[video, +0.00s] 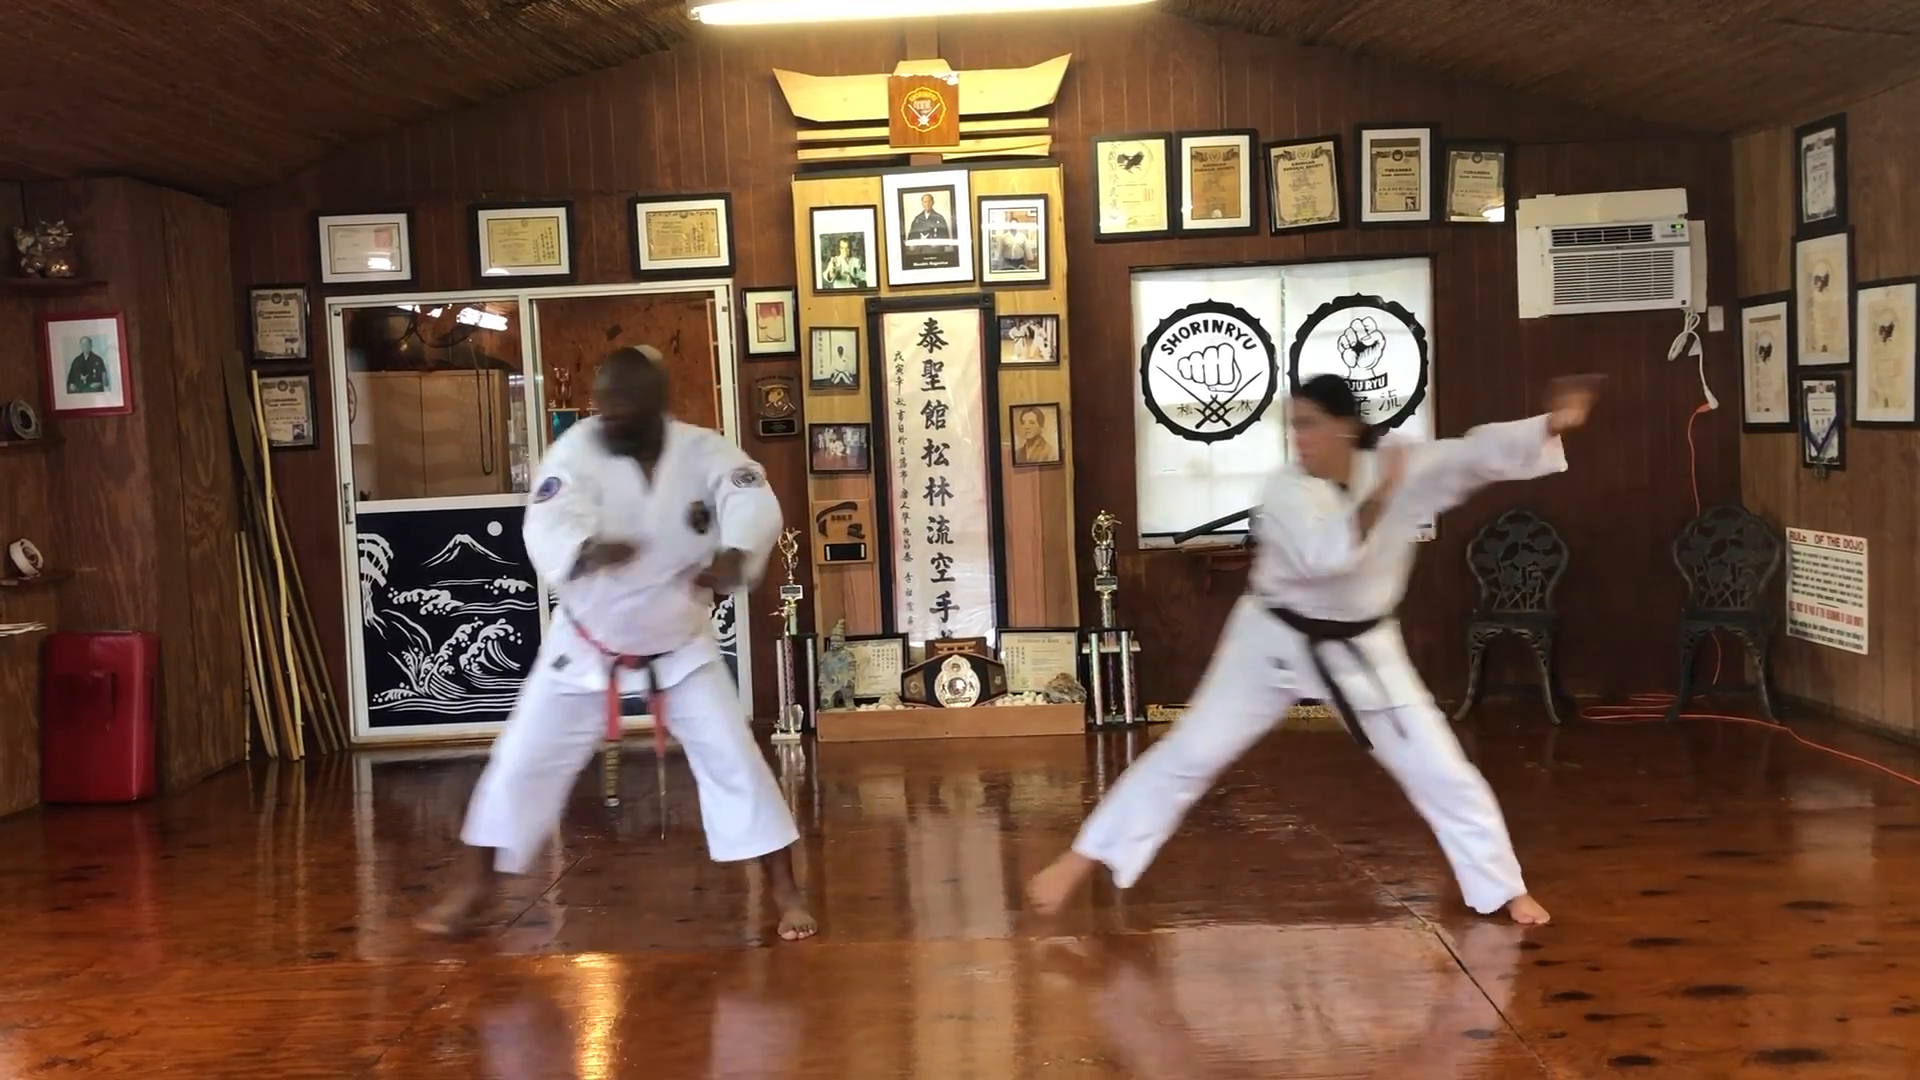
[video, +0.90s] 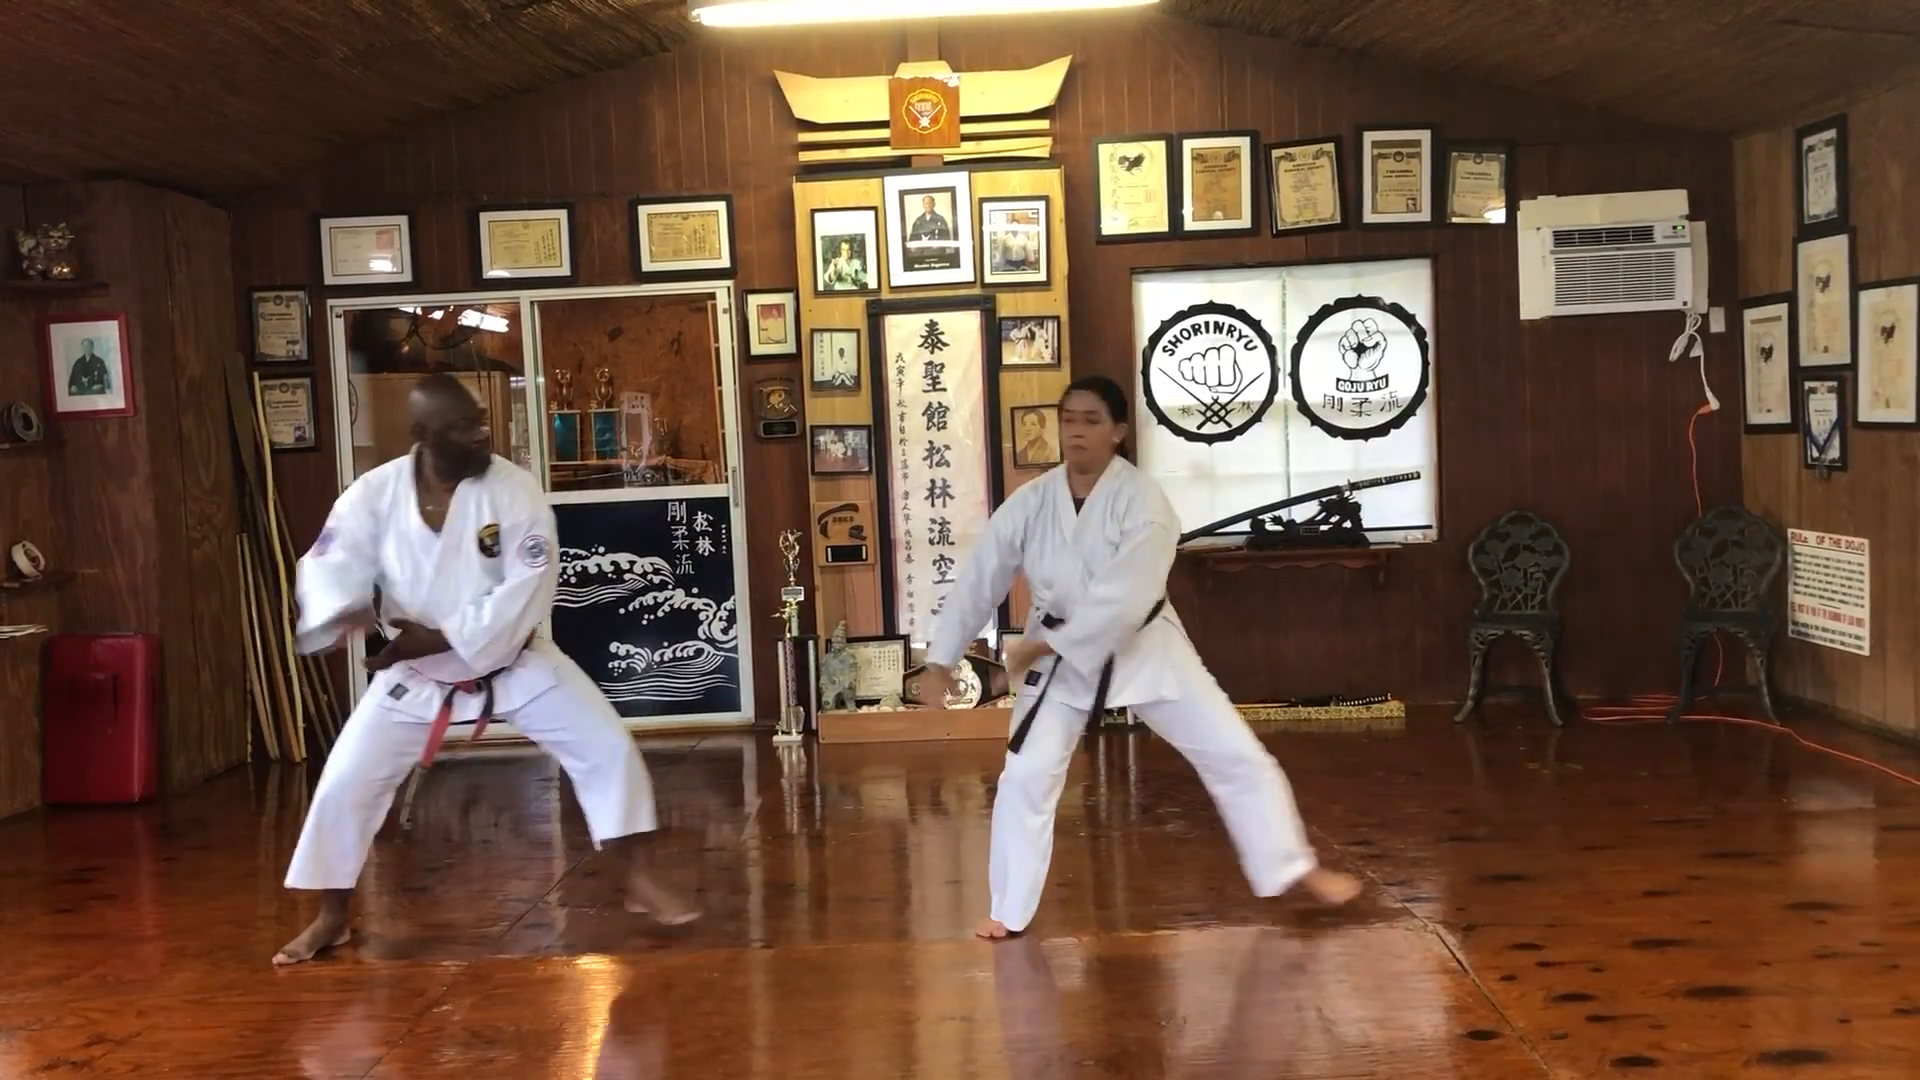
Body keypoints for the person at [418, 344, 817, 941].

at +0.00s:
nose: (604, 411)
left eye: (618, 400)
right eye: (600, 399)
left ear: (656, 400)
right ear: (596, 398)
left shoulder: (702, 450)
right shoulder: (578, 450)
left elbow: (754, 497)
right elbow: (545, 523)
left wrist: (736, 552)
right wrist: (588, 550)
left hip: (680, 642)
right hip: (583, 642)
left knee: (734, 754)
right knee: (519, 756)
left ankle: (785, 893)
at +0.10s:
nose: (526, 419)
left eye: (540, 409)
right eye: (523, 406)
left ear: (584, 411)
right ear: (524, 408)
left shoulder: (649, 457)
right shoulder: (511, 459)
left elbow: (725, 490)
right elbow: (528, 500)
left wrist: (799, 526)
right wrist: (616, 499)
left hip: (633, 651)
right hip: (536, 651)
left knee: (698, 760)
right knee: (455, 756)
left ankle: (777, 894)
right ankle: (383, 887)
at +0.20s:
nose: (468, 417)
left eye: (481, 409)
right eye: (469, 406)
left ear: (520, 416)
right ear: (474, 412)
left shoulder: (586, 473)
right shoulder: (451, 465)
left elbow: (681, 483)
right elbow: (471, 500)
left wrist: (775, 492)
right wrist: (547, 451)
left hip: (581, 661)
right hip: (480, 670)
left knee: (651, 767)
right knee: (399, 773)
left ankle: (727, 891)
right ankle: (347, 918)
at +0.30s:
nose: (423, 449)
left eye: (435, 436)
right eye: (422, 436)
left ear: (480, 440)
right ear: (429, 441)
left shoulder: (549, 494)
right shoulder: (414, 496)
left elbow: (621, 536)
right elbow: (376, 587)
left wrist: (644, 579)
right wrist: (450, 520)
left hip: (542, 675)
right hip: (439, 680)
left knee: (612, 783)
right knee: (351, 785)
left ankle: (597, 898)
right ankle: (330, 915)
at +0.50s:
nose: (388, 465)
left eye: (400, 452)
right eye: (384, 453)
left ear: (444, 451)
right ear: (387, 456)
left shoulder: (506, 517)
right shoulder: (374, 520)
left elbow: (514, 626)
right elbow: (335, 604)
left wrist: (421, 651)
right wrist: (268, 672)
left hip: (498, 688)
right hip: (397, 690)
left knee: (573, 776)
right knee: (308, 790)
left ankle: (584, 898)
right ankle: (326, 916)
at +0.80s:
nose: (461, 435)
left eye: (459, 423)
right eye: (444, 428)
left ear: (460, 420)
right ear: (401, 438)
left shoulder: (499, 497)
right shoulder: (359, 505)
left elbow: (510, 599)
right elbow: (320, 586)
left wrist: (427, 637)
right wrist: (277, 650)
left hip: (500, 664)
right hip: (397, 672)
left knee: (583, 758)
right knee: (324, 786)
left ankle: (600, 893)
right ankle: (328, 915)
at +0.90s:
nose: (483, 435)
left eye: (481, 423)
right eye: (468, 427)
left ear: (479, 420)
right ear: (424, 435)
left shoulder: (513, 491)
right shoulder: (369, 498)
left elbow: (528, 593)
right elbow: (327, 567)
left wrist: (441, 638)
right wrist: (342, 608)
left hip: (512, 659)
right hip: (412, 669)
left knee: (609, 746)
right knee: (341, 787)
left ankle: (639, 879)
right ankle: (332, 915)